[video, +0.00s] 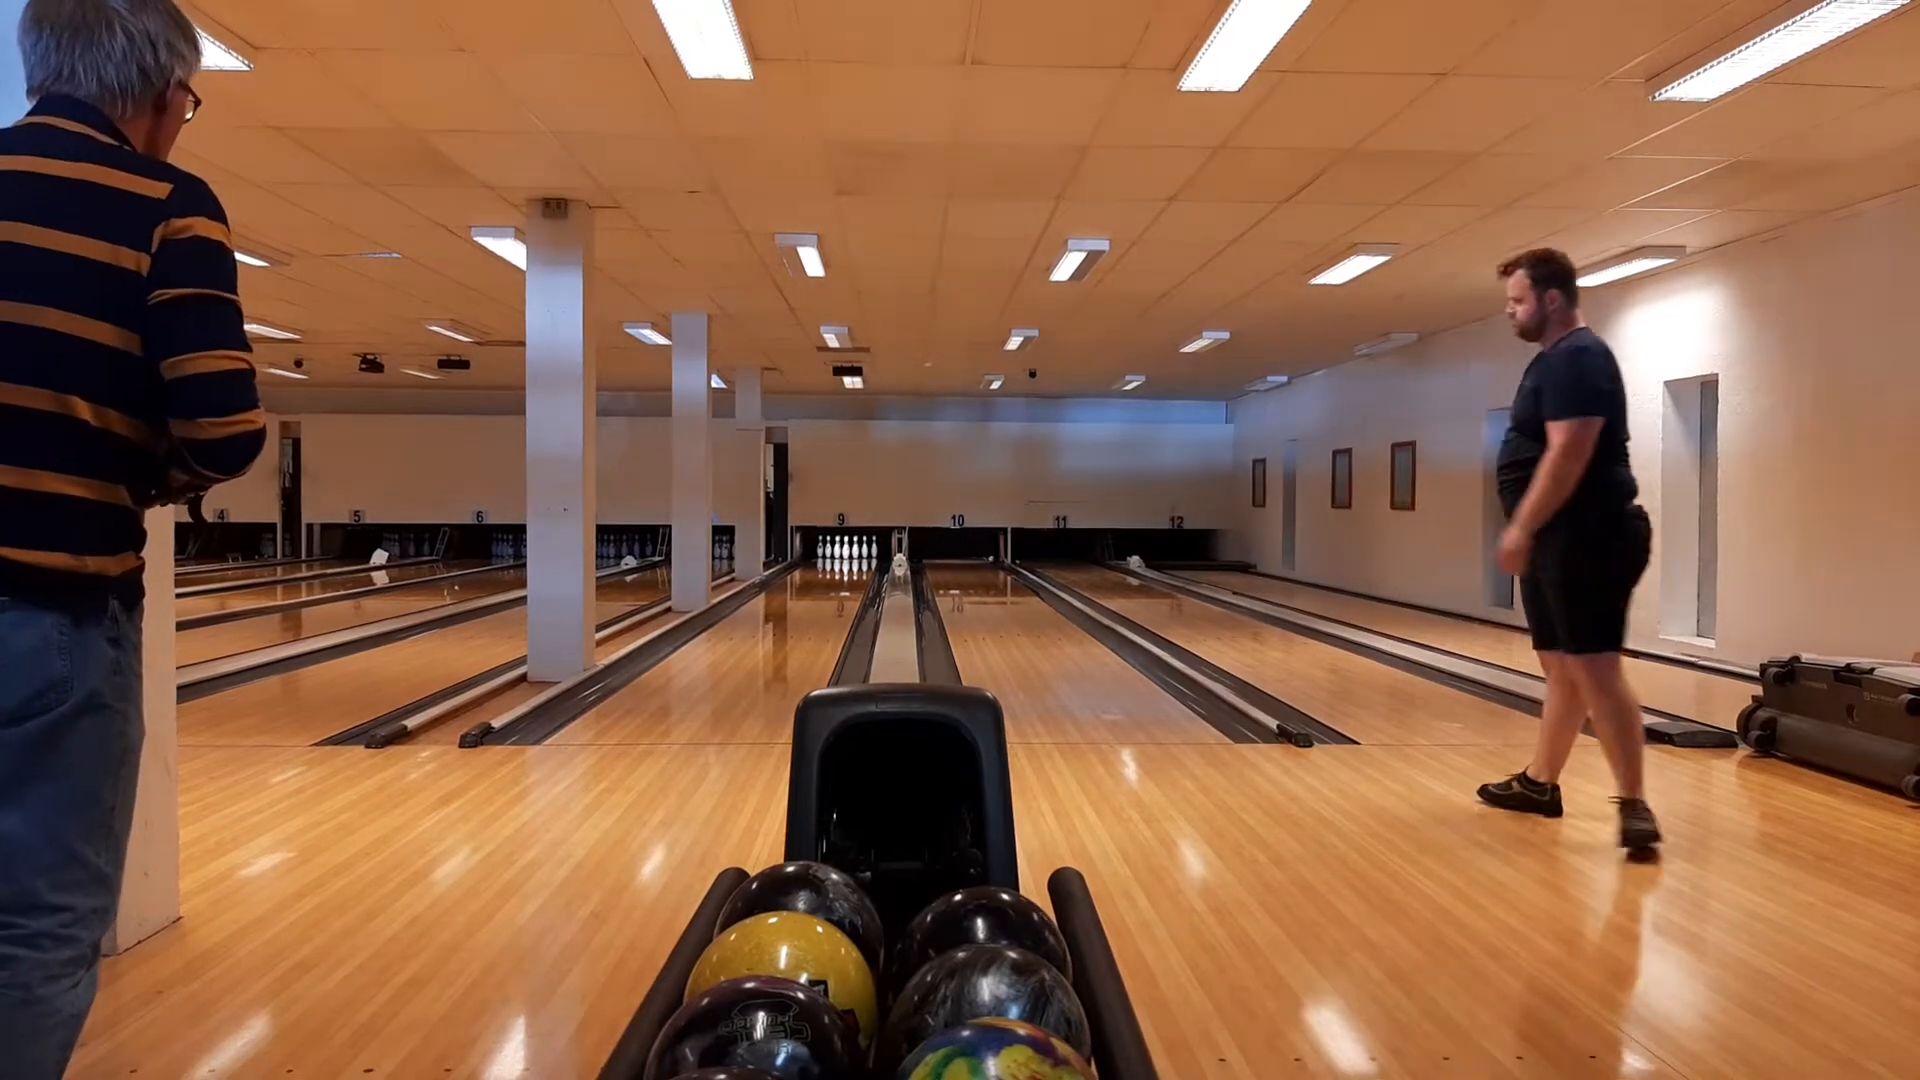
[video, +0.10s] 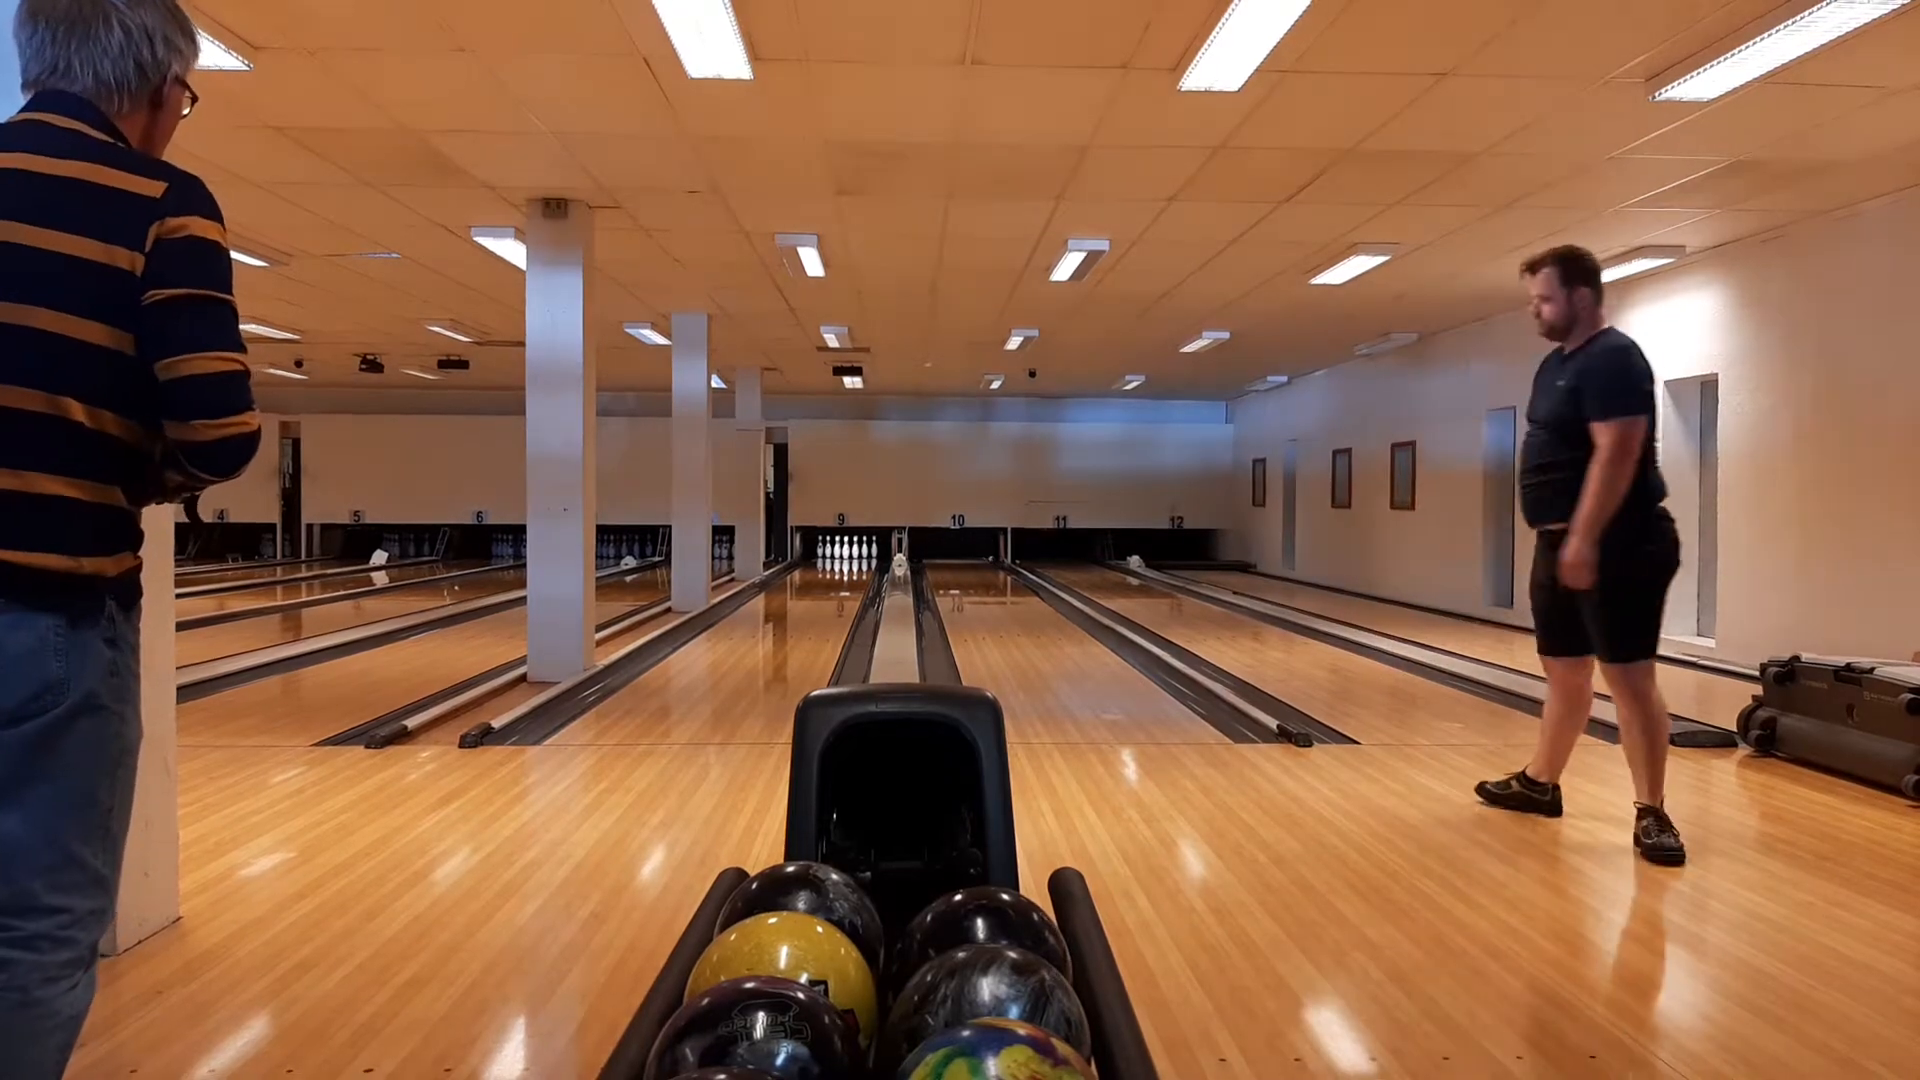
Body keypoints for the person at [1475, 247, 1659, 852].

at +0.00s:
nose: (1509, 312)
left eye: (1515, 301)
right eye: (1508, 302)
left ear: (1551, 299)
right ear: (1548, 301)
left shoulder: (1576, 356)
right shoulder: (1557, 359)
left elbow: (1570, 448)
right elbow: (1565, 449)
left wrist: (1521, 526)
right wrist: (1527, 527)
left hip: (1588, 531)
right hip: (1555, 532)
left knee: (1597, 669)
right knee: (1559, 664)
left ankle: (1634, 806)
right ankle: (1541, 783)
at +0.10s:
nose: (1535, 310)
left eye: (1544, 299)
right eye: (1533, 300)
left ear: (1582, 296)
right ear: (1563, 301)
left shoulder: (1613, 357)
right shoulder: (1554, 364)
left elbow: (1619, 452)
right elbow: (1555, 453)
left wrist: (1583, 537)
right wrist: (1549, 533)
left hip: (1621, 538)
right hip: (1561, 538)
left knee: (1632, 681)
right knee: (1565, 674)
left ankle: (1651, 812)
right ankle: (1541, 782)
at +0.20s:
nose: (1563, 303)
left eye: (1574, 292)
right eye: (1561, 293)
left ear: (1615, 292)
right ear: (1568, 295)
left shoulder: (1651, 355)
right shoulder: (1563, 363)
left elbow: (1670, 450)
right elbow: (1566, 453)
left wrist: (1646, 536)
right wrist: (1561, 534)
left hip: (1644, 541)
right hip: (1573, 541)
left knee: (1648, 679)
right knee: (1558, 666)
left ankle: (1653, 813)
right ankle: (1541, 783)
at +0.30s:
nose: (1593, 293)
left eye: (1606, 283)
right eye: (1590, 283)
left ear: (1645, 283)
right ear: (1592, 285)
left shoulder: (1686, 352)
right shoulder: (1576, 357)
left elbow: (1720, 440)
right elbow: (1563, 446)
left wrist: (1706, 523)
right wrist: (1559, 525)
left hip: (1664, 541)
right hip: (1583, 538)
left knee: (1659, 677)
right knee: (1554, 659)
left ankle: (1654, 812)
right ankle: (1544, 783)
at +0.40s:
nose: (1622, 288)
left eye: (1636, 277)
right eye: (1616, 277)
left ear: (1673, 279)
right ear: (1611, 280)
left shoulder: (1715, 349)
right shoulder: (1588, 350)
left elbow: (1769, 430)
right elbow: (1560, 440)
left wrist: (1744, 512)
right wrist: (1544, 516)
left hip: (1684, 544)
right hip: (1594, 538)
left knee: (1665, 678)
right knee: (1565, 664)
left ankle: (1655, 813)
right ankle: (1556, 793)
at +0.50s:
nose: (1646, 284)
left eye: (1662, 273)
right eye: (1638, 272)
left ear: (1692, 277)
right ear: (1627, 275)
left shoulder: (1734, 349)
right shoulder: (1593, 350)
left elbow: (1802, 426)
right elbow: (1559, 433)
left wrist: (1756, 503)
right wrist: (1539, 505)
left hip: (1693, 548)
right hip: (1603, 540)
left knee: (1668, 682)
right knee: (1590, 675)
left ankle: (1654, 814)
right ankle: (1577, 809)